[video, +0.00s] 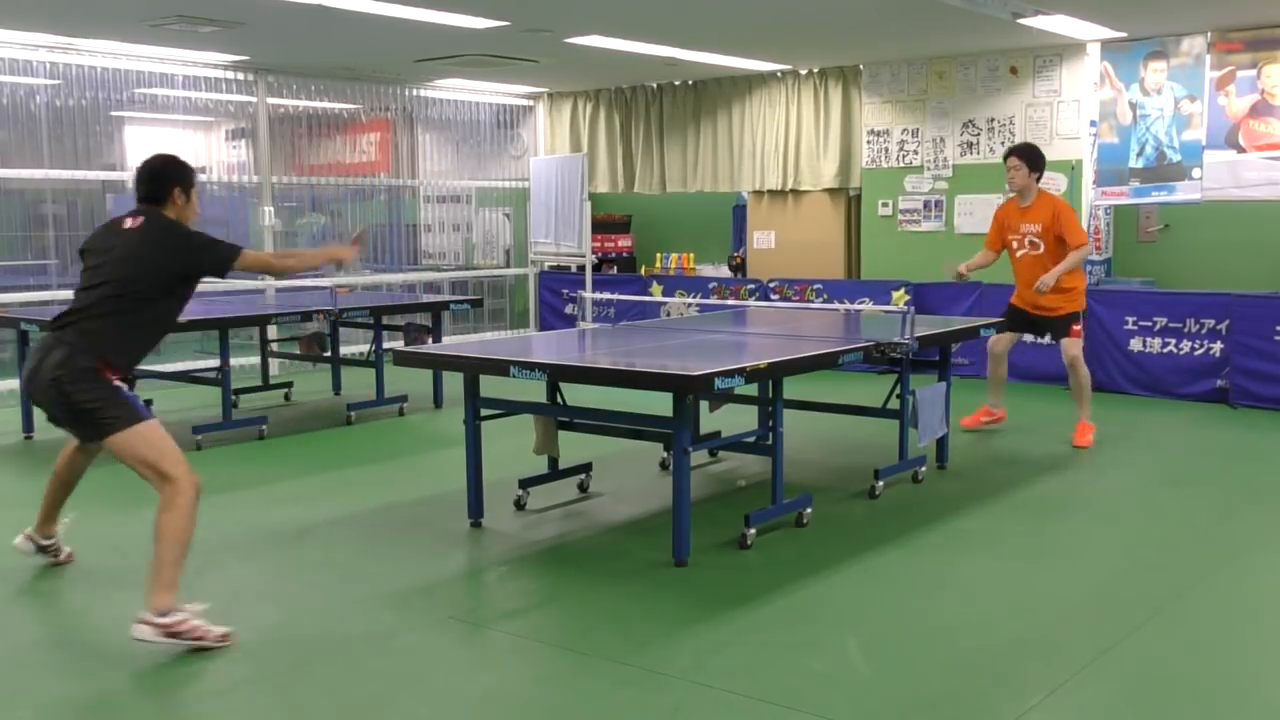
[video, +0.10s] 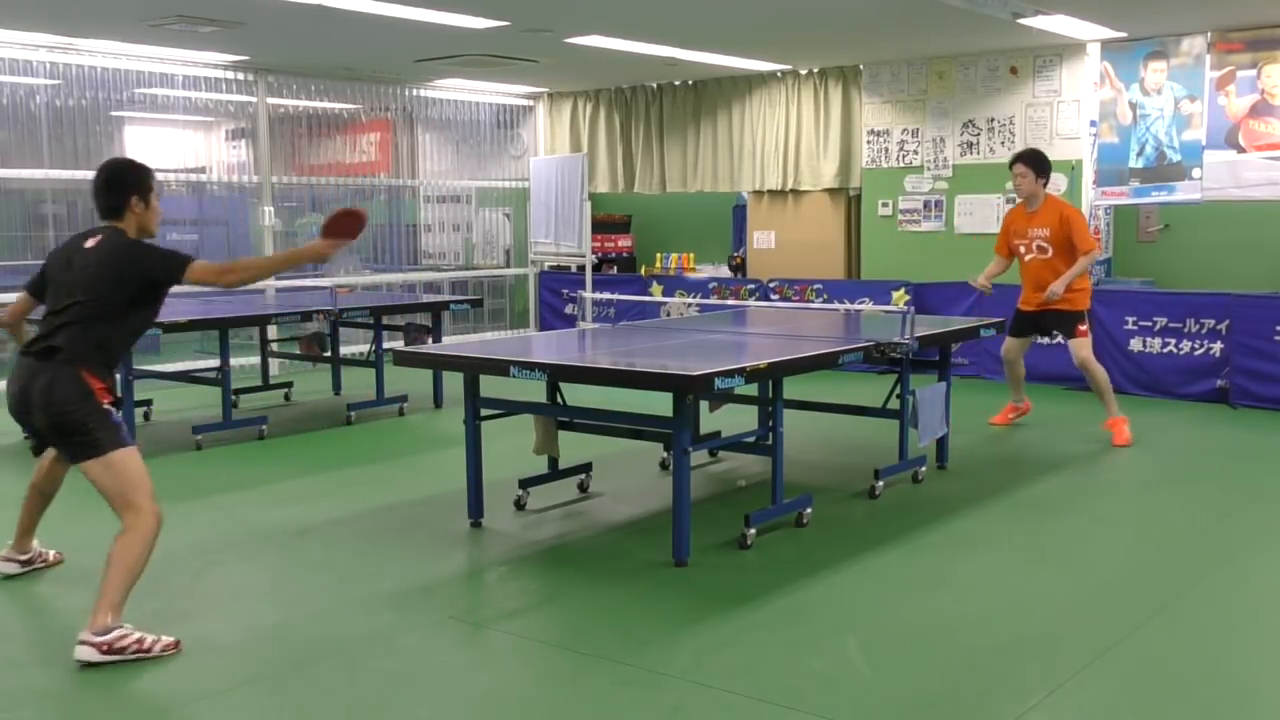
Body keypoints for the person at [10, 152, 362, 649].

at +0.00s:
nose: (198, 203)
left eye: (196, 193)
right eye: (195, 194)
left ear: (148, 197)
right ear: (177, 196)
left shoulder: (109, 232)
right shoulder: (182, 242)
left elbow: (87, 267)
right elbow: (272, 263)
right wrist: (332, 254)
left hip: (44, 367)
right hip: (84, 376)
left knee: (91, 438)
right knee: (180, 480)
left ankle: (41, 532)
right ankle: (163, 609)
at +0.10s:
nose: (160, 209)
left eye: (157, 199)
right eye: (155, 199)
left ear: (108, 205)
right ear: (135, 204)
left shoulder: (69, 250)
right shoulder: (144, 257)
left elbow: (11, 316)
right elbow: (227, 274)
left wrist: (37, 351)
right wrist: (308, 253)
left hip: (26, 382)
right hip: (72, 388)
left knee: (65, 447)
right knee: (142, 514)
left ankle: (19, 547)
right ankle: (102, 627)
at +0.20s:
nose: (129, 197)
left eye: (127, 187)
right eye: (124, 188)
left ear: (80, 194)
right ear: (101, 193)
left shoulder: (42, 237)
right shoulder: (86, 244)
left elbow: (4, 286)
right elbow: (128, 305)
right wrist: (214, 311)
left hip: (17, 374)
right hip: (39, 379)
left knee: (64, 460)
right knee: (94, 487)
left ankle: (20, 550)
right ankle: (100, 616)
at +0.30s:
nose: (106, 171)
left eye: (103, 162)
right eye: (100, 162)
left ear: (64, 166)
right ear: (75, 167)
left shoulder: (30, 209)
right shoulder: (50, 213)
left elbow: (31, 290)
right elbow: (54, 290)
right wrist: (138, 331)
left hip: (11, 361)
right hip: (9, 363)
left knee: (37, 463)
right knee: (56, 475)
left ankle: (12, 550)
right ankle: (21, 613)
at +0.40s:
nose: (78, 166)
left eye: (76, 155)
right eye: (71, 155)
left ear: (41, 163)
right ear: (44, 163)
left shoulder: (18, 209)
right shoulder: (17, 214)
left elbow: (11, 299)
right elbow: (8, 299)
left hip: (10, 368)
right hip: (1, 373)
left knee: (32, 440)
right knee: (25, 487)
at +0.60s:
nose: (27, 228)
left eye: (25, 217)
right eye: (20, 217)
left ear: (8, 221)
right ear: (0, 221)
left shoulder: (5, 274)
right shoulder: (3, 274)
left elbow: (26, 347)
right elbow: (26, 348)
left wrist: (66, 355)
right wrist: (68, 355)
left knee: (14, 490)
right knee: (15, 488)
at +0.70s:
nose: (5, 254)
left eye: (5, 242)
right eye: (1, 243)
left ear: (6, 247)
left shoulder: (4, 300)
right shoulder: (3, 300)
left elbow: (44, 367)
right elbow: (44, 367)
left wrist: (59, 359)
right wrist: (60, 360)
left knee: (21, 502)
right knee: (22, 503)